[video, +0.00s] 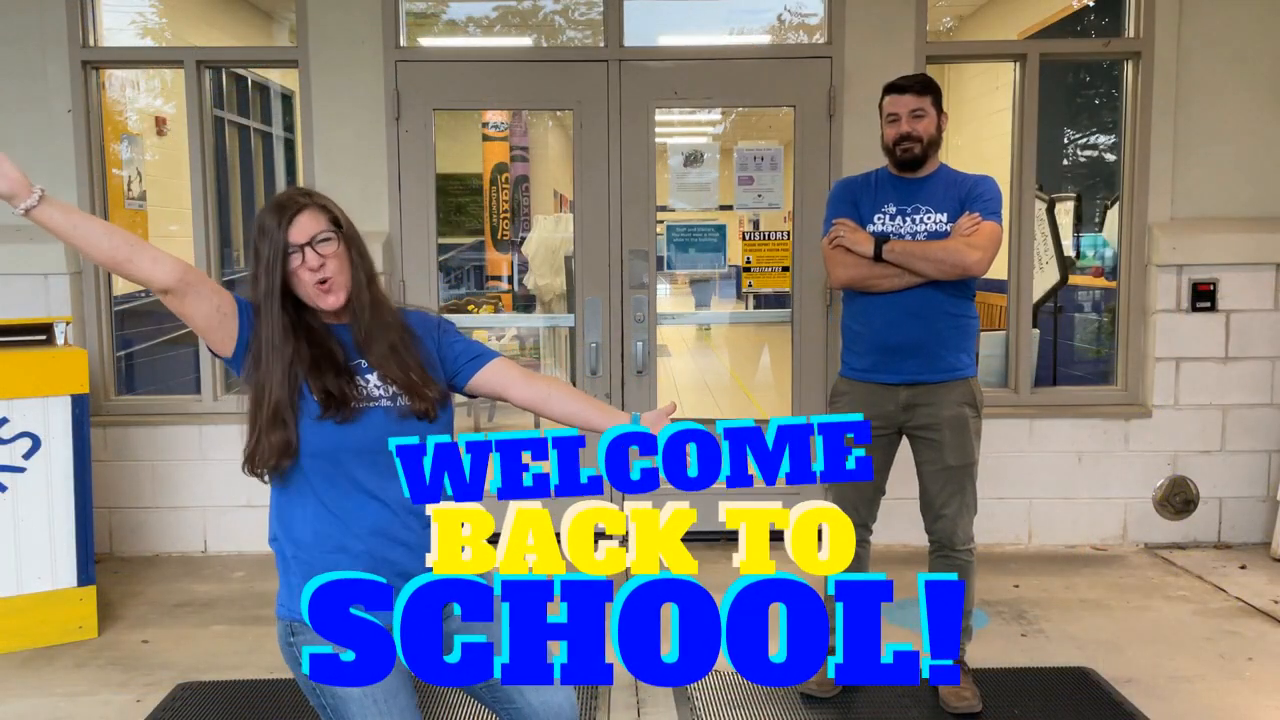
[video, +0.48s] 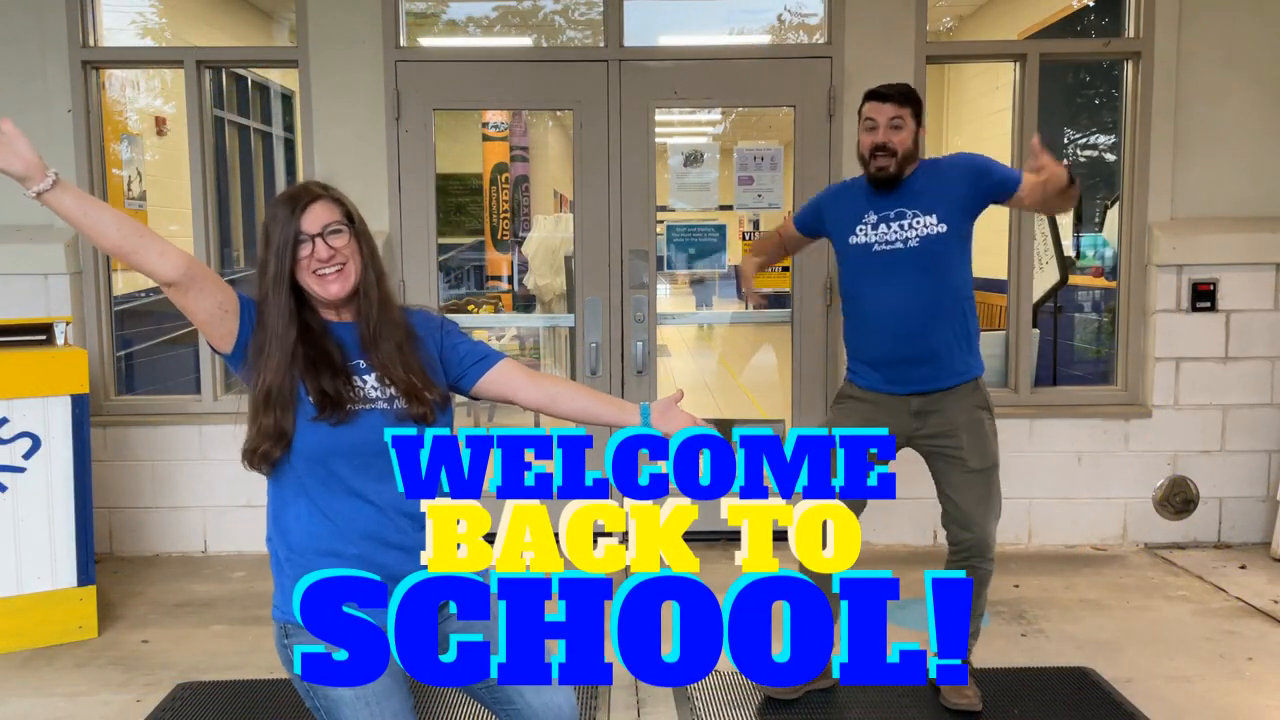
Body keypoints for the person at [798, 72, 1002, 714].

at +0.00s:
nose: (904, 127)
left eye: (917, 116)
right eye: (892, 118)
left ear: (940, 123)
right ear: (880, 127)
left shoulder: (975, 190)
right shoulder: (851, 193)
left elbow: (972, 262)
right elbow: (841, 274)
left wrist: (875, 243)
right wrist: (942, 260)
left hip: (946, 386)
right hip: (863, 385)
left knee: (951, 532)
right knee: (843, 527)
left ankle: (949, 664)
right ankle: (833, 655)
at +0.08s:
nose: (906, 127)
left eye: (919, 116)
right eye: (894, 118)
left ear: (942, 123)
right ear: (882, 128)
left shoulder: (978, 190)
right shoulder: (853, 193)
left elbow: (976, 263)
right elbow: (844, 274)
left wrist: (878, 242)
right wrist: (945, 260)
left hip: (948, 386)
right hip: (864, 386)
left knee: (953, 535)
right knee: (844, 529)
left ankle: (951, 668)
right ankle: (832, 656)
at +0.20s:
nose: (908, 129)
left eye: (921, 118)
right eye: (897, 120)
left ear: (945, 124)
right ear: (885, 130)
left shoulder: (984, 189)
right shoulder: (856, 193)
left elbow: (992, 273)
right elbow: (847, 277)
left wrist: (890, 255)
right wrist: (953, 260)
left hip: (953, 388)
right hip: (869, 387)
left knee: (959, 535)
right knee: (843, 529)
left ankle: (952, 666)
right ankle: (829, 653)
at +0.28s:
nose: (908, 133)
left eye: (921, 122)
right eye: (897, 123)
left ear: (944, 130)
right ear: (884, 133)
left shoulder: (984, 195)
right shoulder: (857, 198)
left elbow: (1009, 286)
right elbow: (835, 288)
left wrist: (931, 296)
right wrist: (942, 270)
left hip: (956, 393)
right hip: (870, 392)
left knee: (965, 537)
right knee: (837, 529)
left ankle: (953, 665)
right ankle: (826, 652)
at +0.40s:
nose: (897, 134)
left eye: (911, 122)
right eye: (886, 123)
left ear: (935, 130)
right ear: (872, 133)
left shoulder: (978, 188)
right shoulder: (848, 202)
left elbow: (1055, 251)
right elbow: (794, 278)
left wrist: (1026, 258)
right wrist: (822, 285)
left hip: (955, 395)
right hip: (869, 394)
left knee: (971, 534)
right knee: (825, 526)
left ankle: (954, 662)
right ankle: (817, 649)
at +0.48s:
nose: (881, 137)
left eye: (895, 126)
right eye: (870, 126)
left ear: (918, 134)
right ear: (857, 135)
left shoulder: (962, 176)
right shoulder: (837, 202)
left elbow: (1049, 200)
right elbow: (784, 238)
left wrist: (1059, 182)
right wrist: (751, 260)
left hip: (953, 397)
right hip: (865, 397)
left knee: (974, 537)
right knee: (820, 524)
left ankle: (955, 664)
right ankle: (809, 651)